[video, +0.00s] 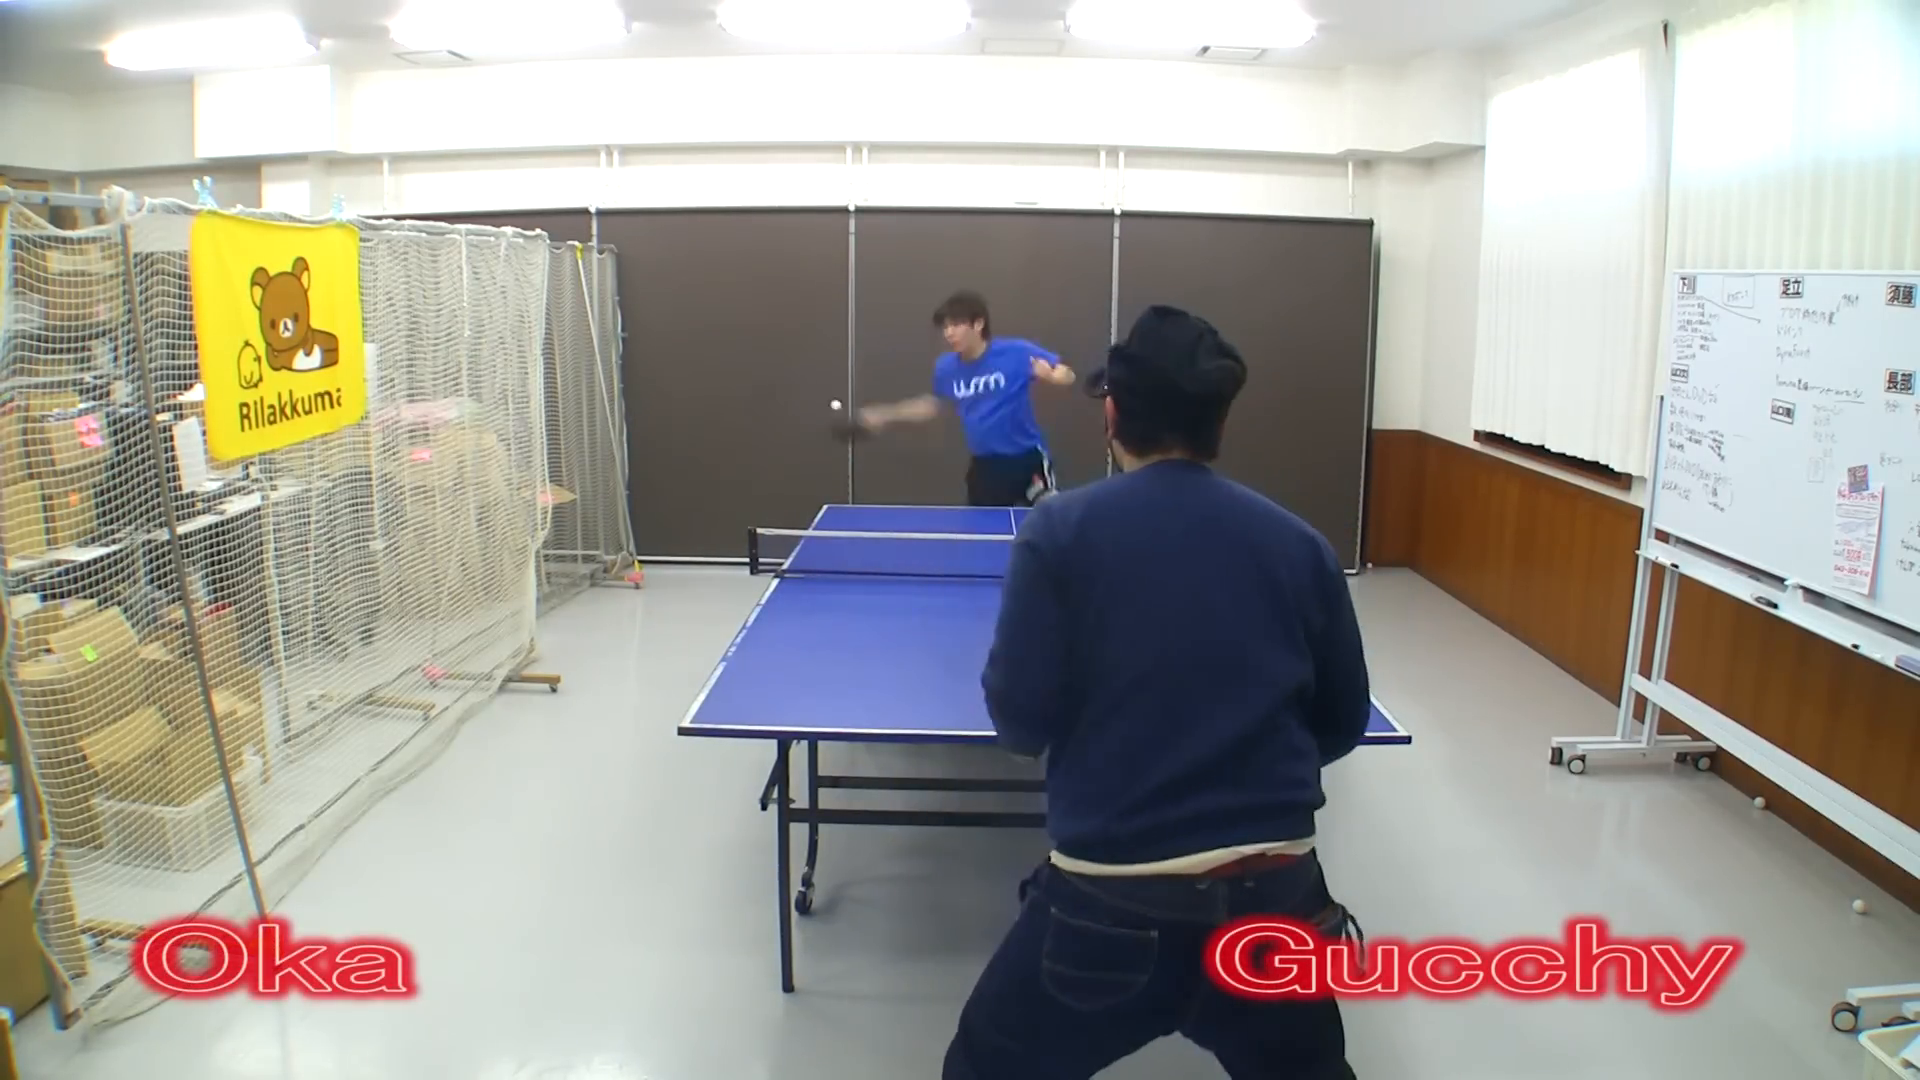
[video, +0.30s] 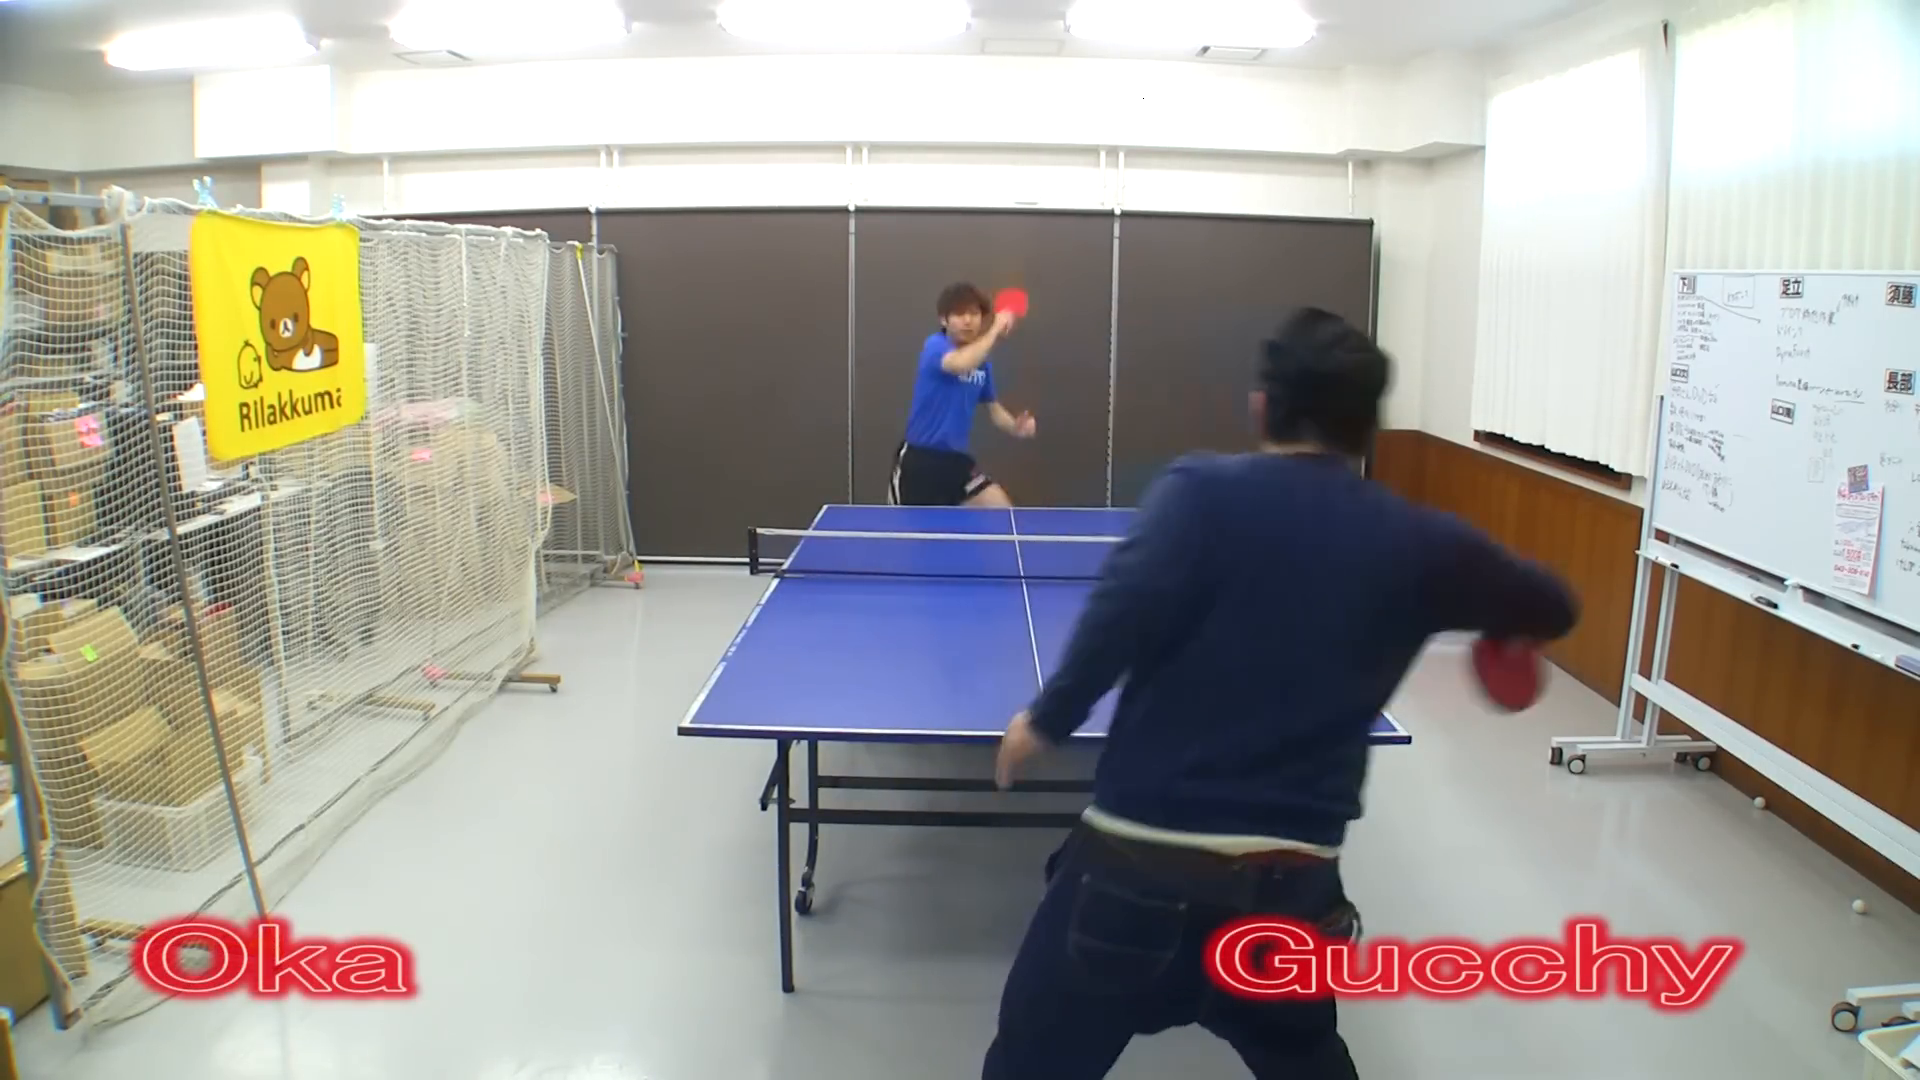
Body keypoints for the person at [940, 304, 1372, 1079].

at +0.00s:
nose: (1100, 406)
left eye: (1103, 393)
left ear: (1112, 412)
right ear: (1219, 419)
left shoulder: (1060, 531)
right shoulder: (1298, 542)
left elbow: (1021, 716)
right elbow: (1340, 719)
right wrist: (1232, 737)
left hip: (1108, 921)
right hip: (1275, 914)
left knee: (985, 1069)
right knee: (1315, 1071)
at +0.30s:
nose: (1249, 401)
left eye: (1255, 389)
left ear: (1262, 407)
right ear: (1369, 421)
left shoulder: (1199, 493)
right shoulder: (1412, 538)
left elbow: (1123, 611)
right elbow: (1551, 605)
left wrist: (1044, 719)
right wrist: (1505, 632)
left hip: (1129, 888)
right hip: (1289, 902)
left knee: (1030, 1067)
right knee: (1310, 1062)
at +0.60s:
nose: (1397, 372)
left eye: (1399, 361)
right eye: (1401, 361)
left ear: (1411, 369)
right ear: (1515, 388)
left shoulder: (1381, 448)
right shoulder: (1568, 525)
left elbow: (1324, 564)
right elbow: (1637, 678)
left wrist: (1182, 689)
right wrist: (1595, 821)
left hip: (1272, 824)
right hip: (1425, 869)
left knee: (1075, 1005)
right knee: (1404, 1069)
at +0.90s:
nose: (1472, 359)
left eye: (1475, 345)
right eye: (1477, 342)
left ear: (1487, 356)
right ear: (1590, 374)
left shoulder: (1430, 440)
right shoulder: (1637, 516)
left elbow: (1305, 542)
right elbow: (1704, 692)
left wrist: (1148, 618)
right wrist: (1654, 816)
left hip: (1361, 840)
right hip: (1510, 863)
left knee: (1237, 1057)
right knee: (1486, 1062)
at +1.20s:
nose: (1477, 351)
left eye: (1480, 338)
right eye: (1483, 336)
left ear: (1489, 353)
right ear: (1588, 377)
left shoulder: (1435, 452)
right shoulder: (1640, 521)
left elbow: (1353, 610)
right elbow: (1648, 703)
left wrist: (1247, 747)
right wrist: (1552, 753)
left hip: (1373, 845)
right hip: (1521, 863)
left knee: (1227, 1055)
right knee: (1490, 1069)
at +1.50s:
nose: (1351, 363)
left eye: (1356, 349)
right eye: (1356, 347)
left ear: (1368, 366)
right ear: (1466, 374)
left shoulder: (1333, 484)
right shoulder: (1523, 512)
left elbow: (1302, 658)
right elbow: (1538, 678)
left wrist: (1210, 789)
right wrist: (1422, 705)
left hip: (1317, 882)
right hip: (1458, 882)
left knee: (1180, 1068)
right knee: (1450, 1069)